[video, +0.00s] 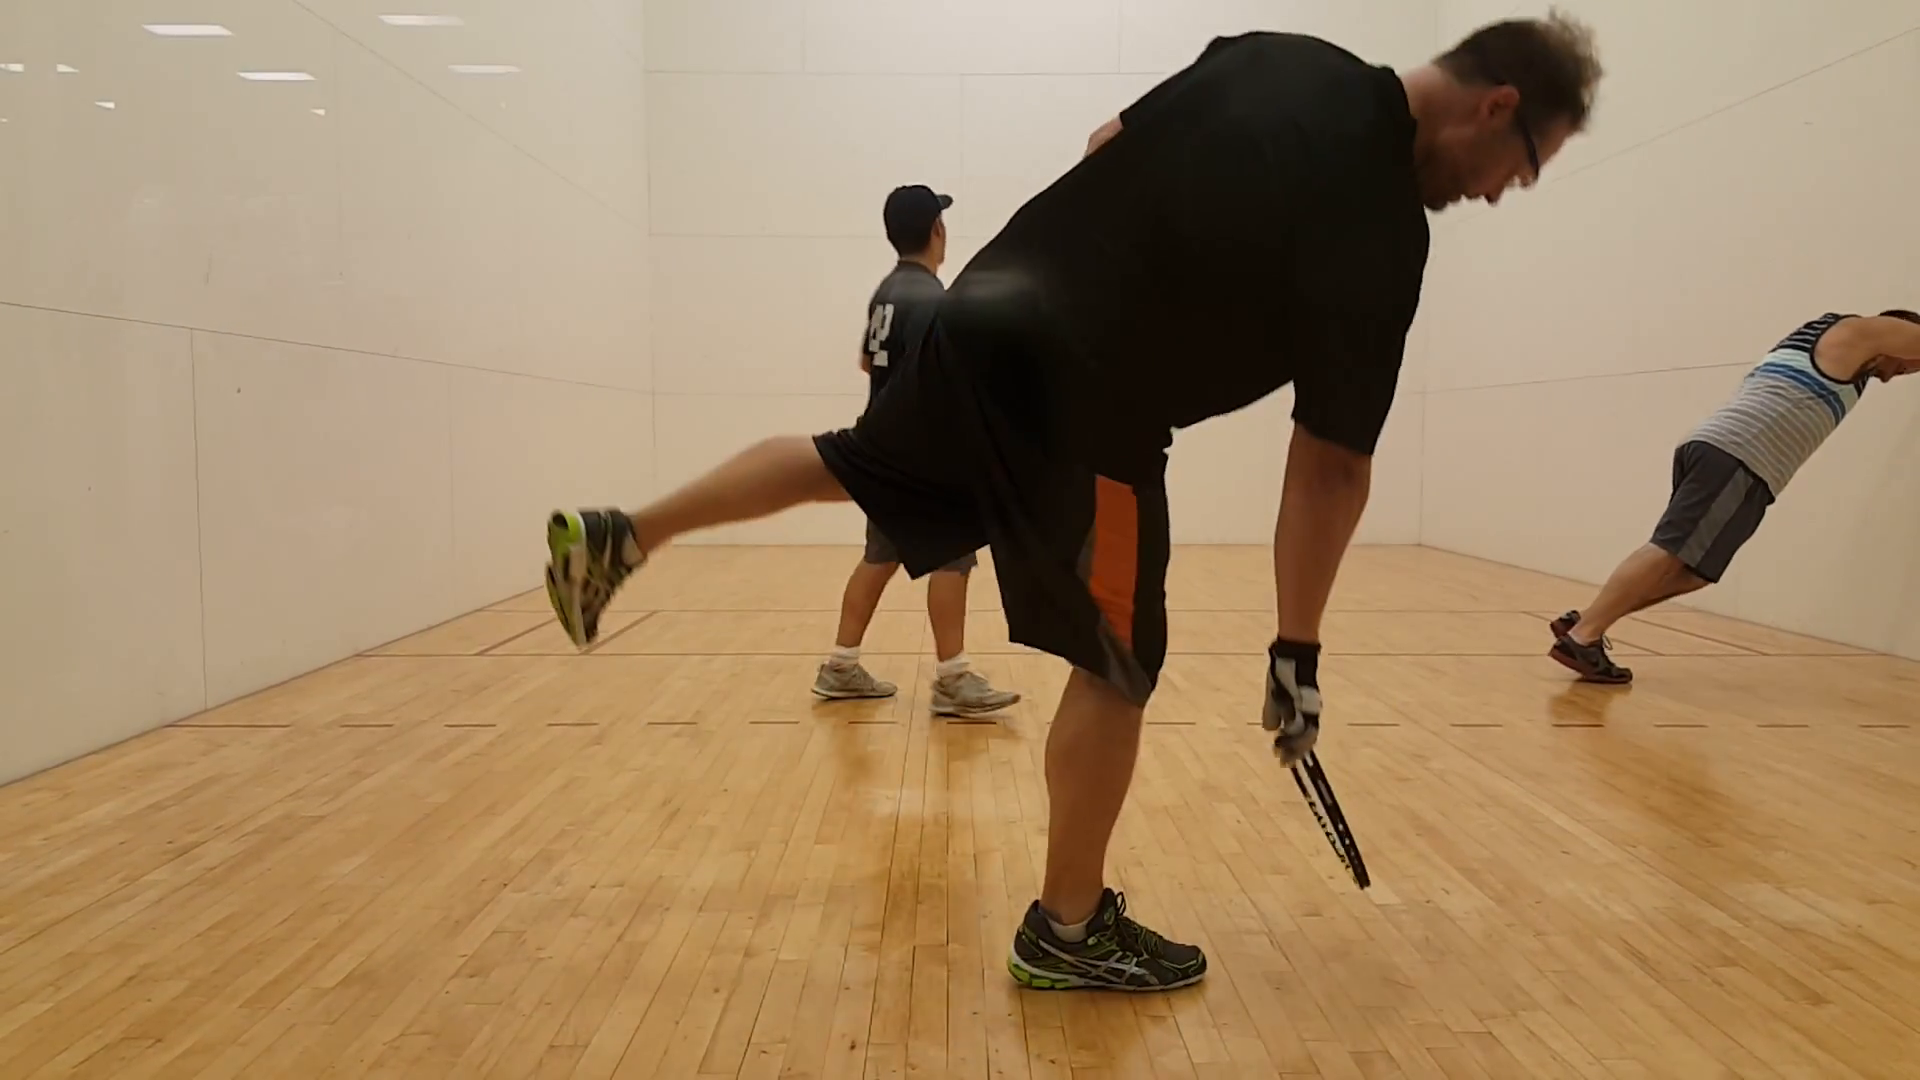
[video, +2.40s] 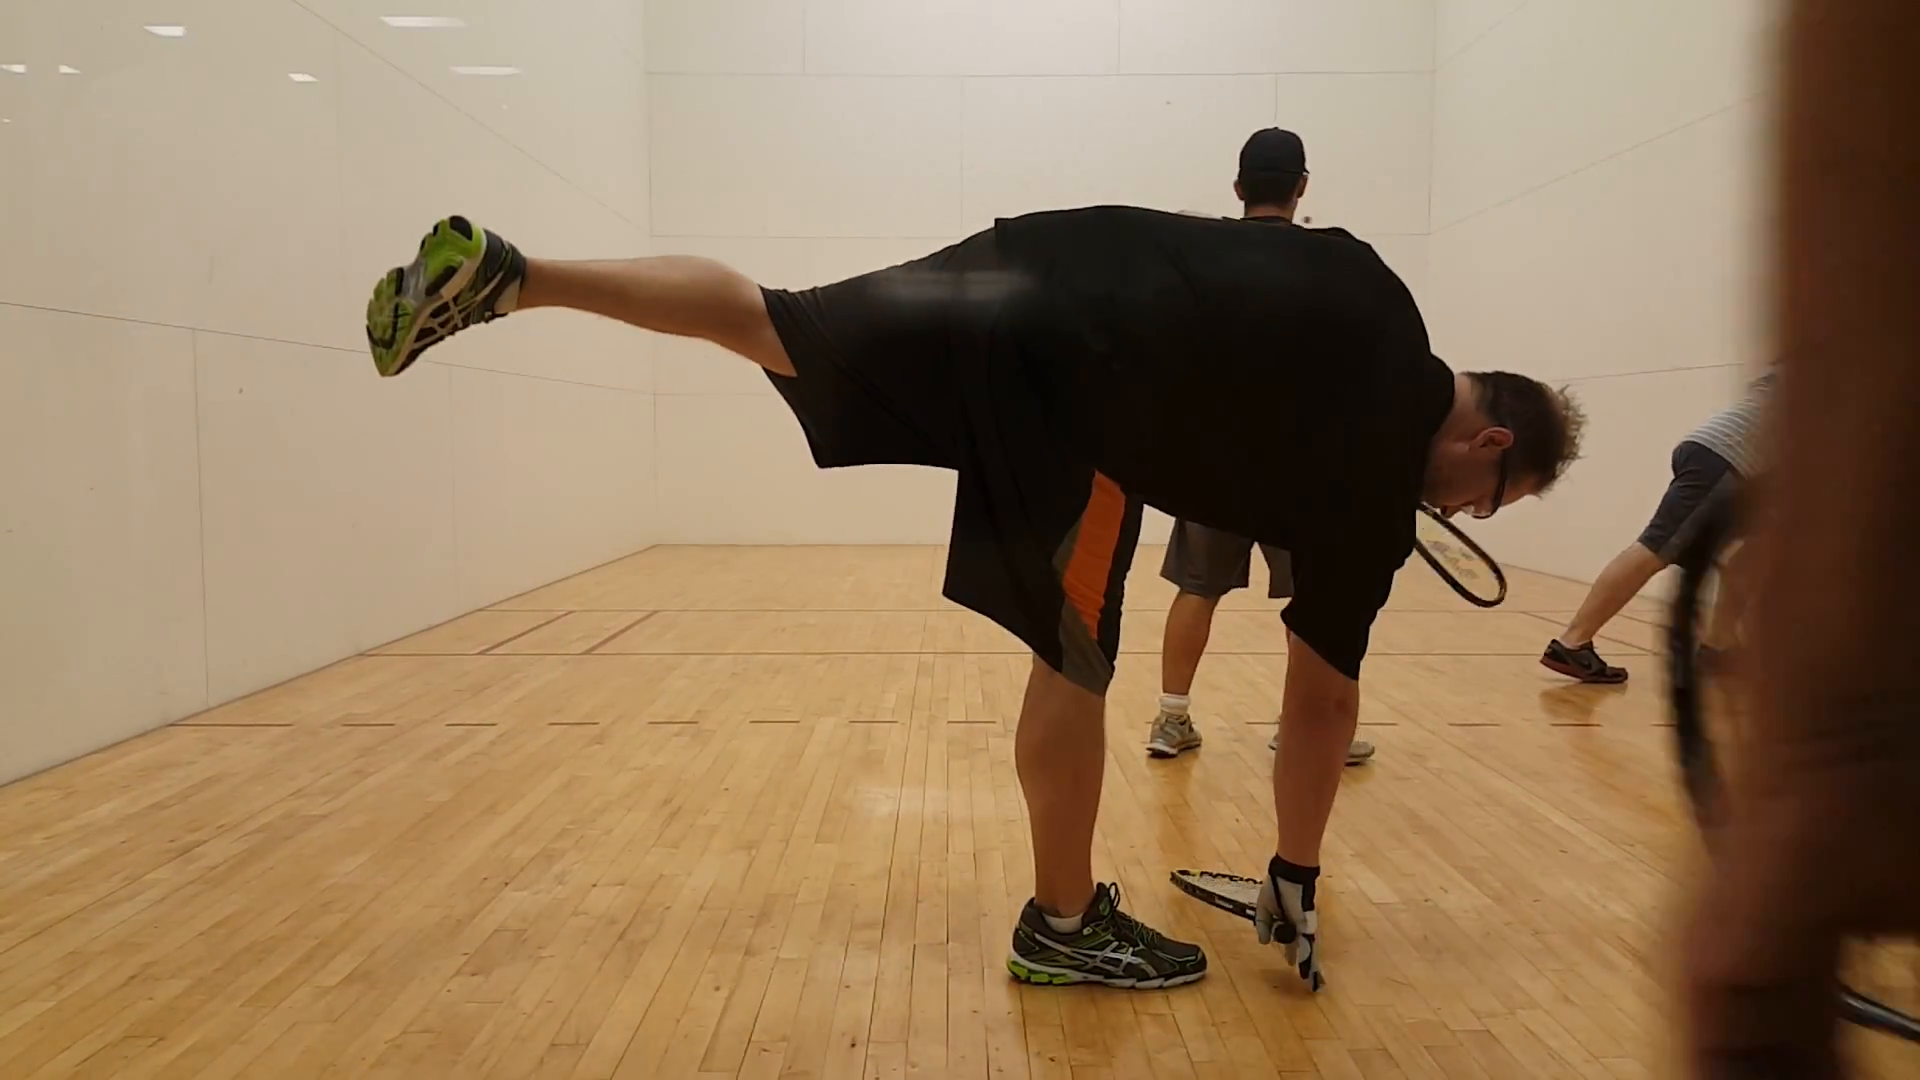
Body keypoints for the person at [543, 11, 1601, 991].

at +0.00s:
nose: (1505, 192)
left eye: (1524, 176)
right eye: (1523, 165)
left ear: (1459, 78)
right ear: (1493, 110)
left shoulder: (1281, 56)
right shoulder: (1378, 242)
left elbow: (1111, 145)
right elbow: (1326, 462)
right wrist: (1296, 652)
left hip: (978, 310)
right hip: (1086, 390)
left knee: (855, 463)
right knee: (1115, 655)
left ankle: (624, 536)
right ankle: (1068, 926)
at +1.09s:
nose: (1496, 352)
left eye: (1518, 339)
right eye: (1520, 329)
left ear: (1479, 229)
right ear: (1506, 267)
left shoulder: (1329, 155)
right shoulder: (1382, 348)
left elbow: (1153, 183)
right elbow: (1314, 574)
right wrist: (1279, 753)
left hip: (982, 296)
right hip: (1067, 385)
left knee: (840, 455)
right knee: (1089, 646)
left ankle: (585, 451)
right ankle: (1063, 921)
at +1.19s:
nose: (1494, 365)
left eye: (1515, 353)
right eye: (1517, 342)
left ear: (1481, 245)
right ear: (1505, 279)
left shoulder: (1331, 168)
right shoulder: (1380, 356)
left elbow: (1189, 250)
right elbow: (1316, 585)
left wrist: (1231, 508)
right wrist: (1281, 757)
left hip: (978, 302)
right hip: (1064, 391)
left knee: (843, 466)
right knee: (1103, 658)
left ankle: (584, 468)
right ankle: (1064, 923)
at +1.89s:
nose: (1487, 449)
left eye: (1511, 434)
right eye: (1508, 429)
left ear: (1477, 315)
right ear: (1493, 377)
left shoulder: (1352, 237)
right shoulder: (1384, 436)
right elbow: (1319, 648)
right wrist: (1289, 824)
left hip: (1009, 278)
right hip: (1080, 386)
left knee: (790, 396)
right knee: (1081, 660)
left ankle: (522, 405)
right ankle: (1063, 924)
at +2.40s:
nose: (1471, 509)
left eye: (1492, 499)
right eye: (1490, 492)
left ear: (1475, 392)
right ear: (1483, 441)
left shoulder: (1368, 287)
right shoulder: (1374, 489)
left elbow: (1205, 265)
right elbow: (1319, 690)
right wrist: (1294, 878)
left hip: (1033, 264)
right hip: (1083, 388)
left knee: (787, 332)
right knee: (1075, 655)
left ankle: (511, 275)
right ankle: (1063, 921)